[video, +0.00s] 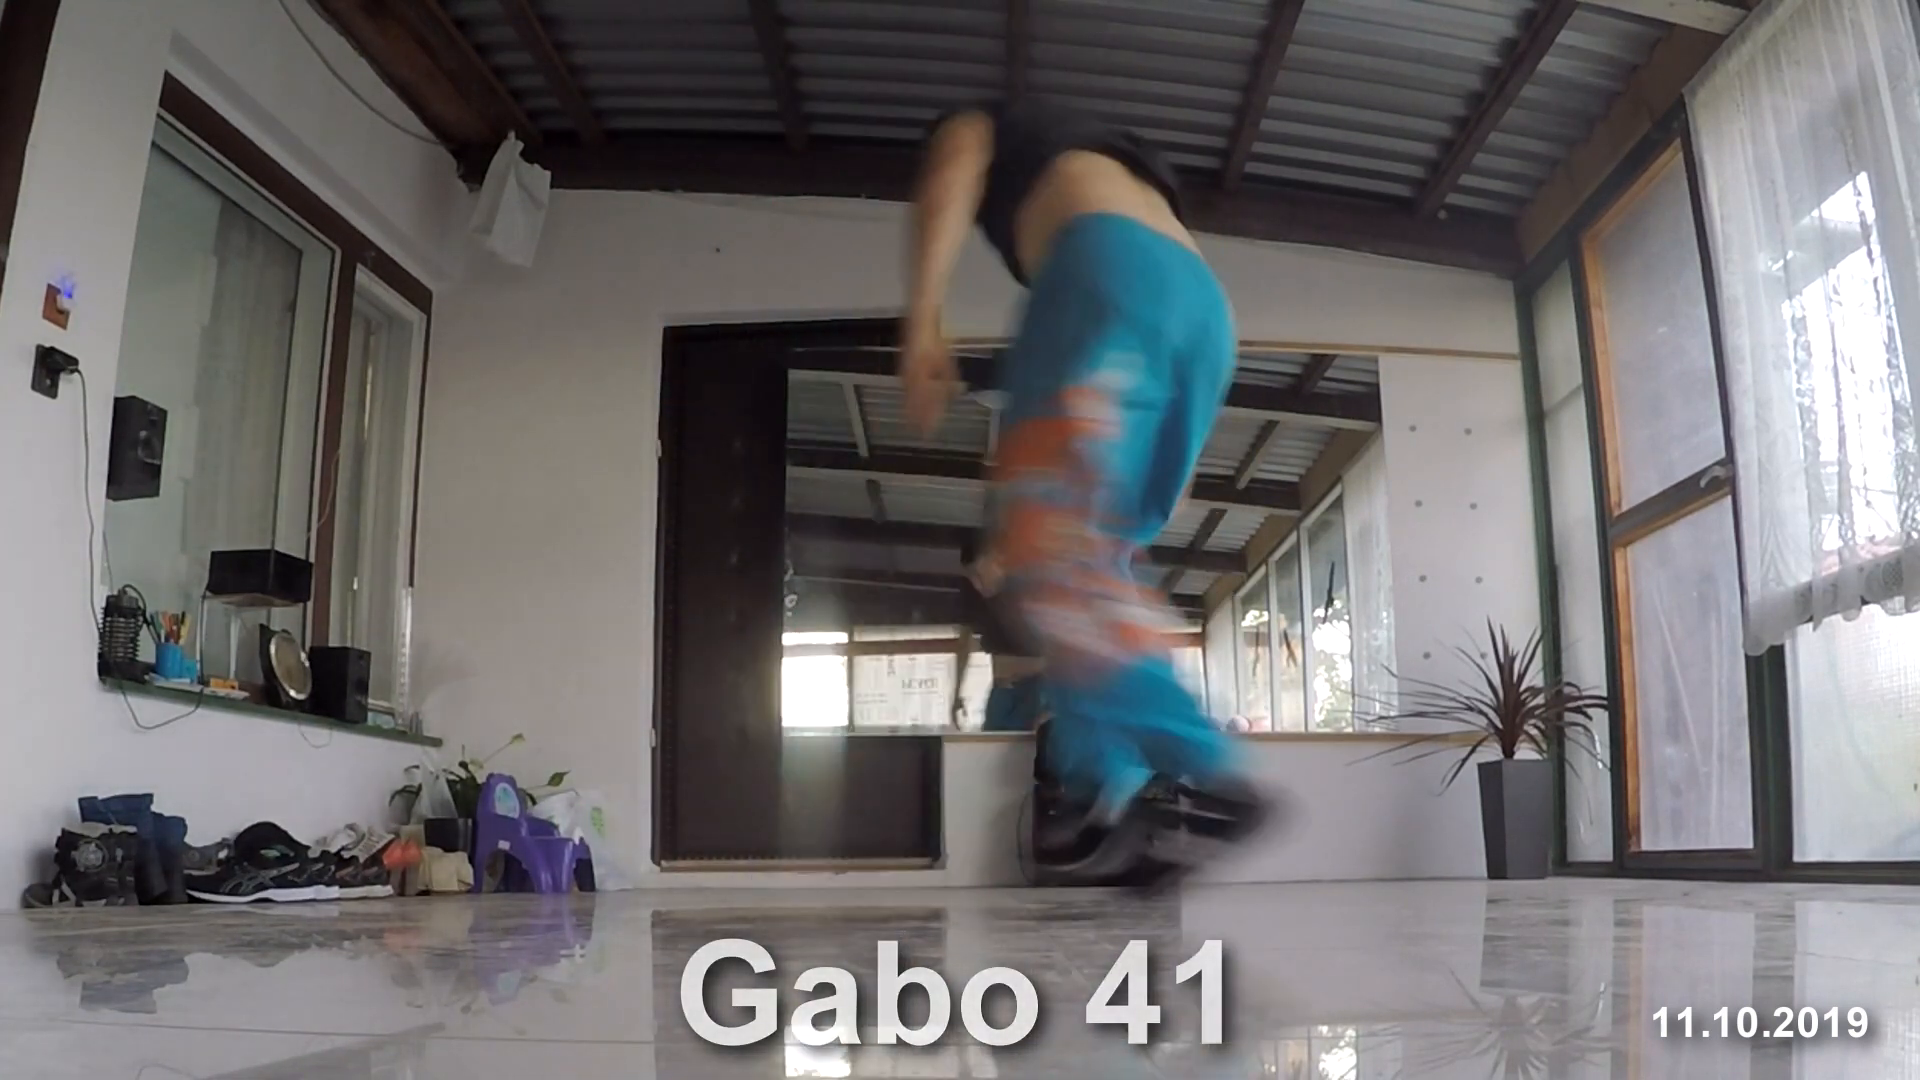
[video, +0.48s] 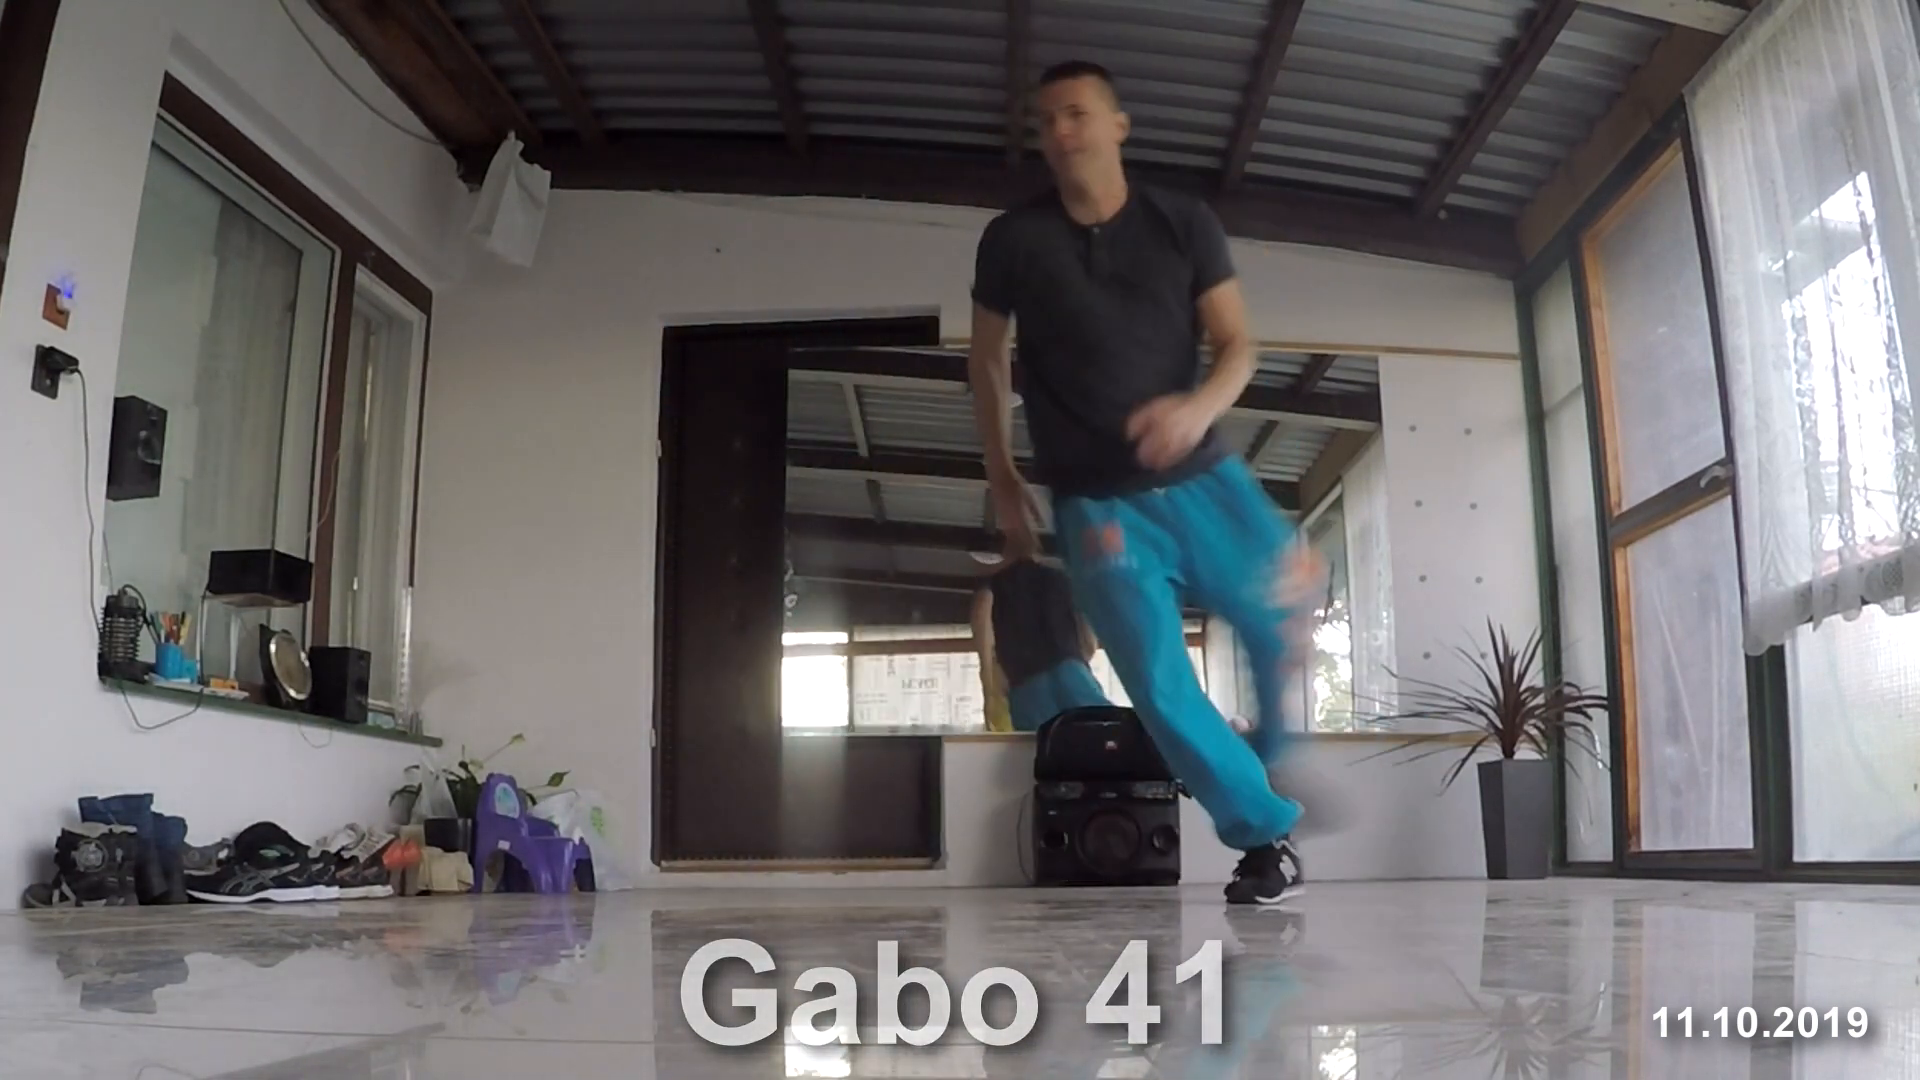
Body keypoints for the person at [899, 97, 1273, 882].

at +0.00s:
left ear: (981, 137)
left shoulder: (995, 127)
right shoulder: (1124, 184)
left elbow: (956, 153)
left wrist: (924, 322)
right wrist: (974, 372)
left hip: (1117, 272)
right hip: (1210, 314)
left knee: (1043, 549)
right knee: (1098, 554)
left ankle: (1207, 773)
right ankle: (1092, 790)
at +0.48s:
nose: (1059, 129)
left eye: (1076, 114)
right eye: (1047, 120)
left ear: (1121, 126)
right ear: (1037, 140)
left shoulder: (1183, 223)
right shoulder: (1013, 240)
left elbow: (1239, 346)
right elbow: (986, 361)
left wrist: (1200, 406)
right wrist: (1001, 477)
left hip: (1204, 479)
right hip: (1098, 503)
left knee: (1282, 605)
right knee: (1156, 684)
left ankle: (1277, 761)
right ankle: (1261, 836)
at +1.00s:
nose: (1142, 366)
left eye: (1157, 358)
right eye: (1133, 347)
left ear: (1162, 372)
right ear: (1100, 346)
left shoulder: (1119, 462)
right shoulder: (1032, 390)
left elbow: (1064, 552)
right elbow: (913, 430)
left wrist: (1067, 617)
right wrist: (862, 540)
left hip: (998, 605)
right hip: (904, 592)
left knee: (1080, 686)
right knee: (821, 730)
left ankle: (1031, 852)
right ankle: (700, 844)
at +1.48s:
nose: (1110, 243)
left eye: (1124, 232)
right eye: (1099, 227)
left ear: (1138, 245)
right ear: (1071, 228)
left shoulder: (1139, 346)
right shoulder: (1012, 285)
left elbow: (1179, 453)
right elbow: (919, 333)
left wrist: (1228, 505)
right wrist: (852, 416)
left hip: (1077, 529)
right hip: (1007, 515)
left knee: (1031, 680)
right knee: (1070, 662)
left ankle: (972, 844)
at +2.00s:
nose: (1159, 335)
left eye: (1174, 321)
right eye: (1145, 320)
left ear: (1192, 335)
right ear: (1121, 327)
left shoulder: (1202, 425)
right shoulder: (1073, 399)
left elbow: (1231, 533)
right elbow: (982, 486)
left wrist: (1232, 599)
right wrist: (1034, 580)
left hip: (1157, 601)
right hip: (1065, 593)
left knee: (1240, 668)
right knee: (1113, 645)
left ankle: (1176, 827)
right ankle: (1100, 832)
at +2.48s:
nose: (1058, 392)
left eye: (1070, 372)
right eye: (1038, 378)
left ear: (1089, 359)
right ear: (1012, 372)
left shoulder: (1134, 402)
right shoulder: (1009, 461)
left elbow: (1254, 449)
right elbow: (981, 605)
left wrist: (1339, 500)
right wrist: (979, 733)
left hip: (1179, 613)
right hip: (1082, 644)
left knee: (1315, 666)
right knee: (1171, 601)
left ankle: (1211, 796)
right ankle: (1265, 791)